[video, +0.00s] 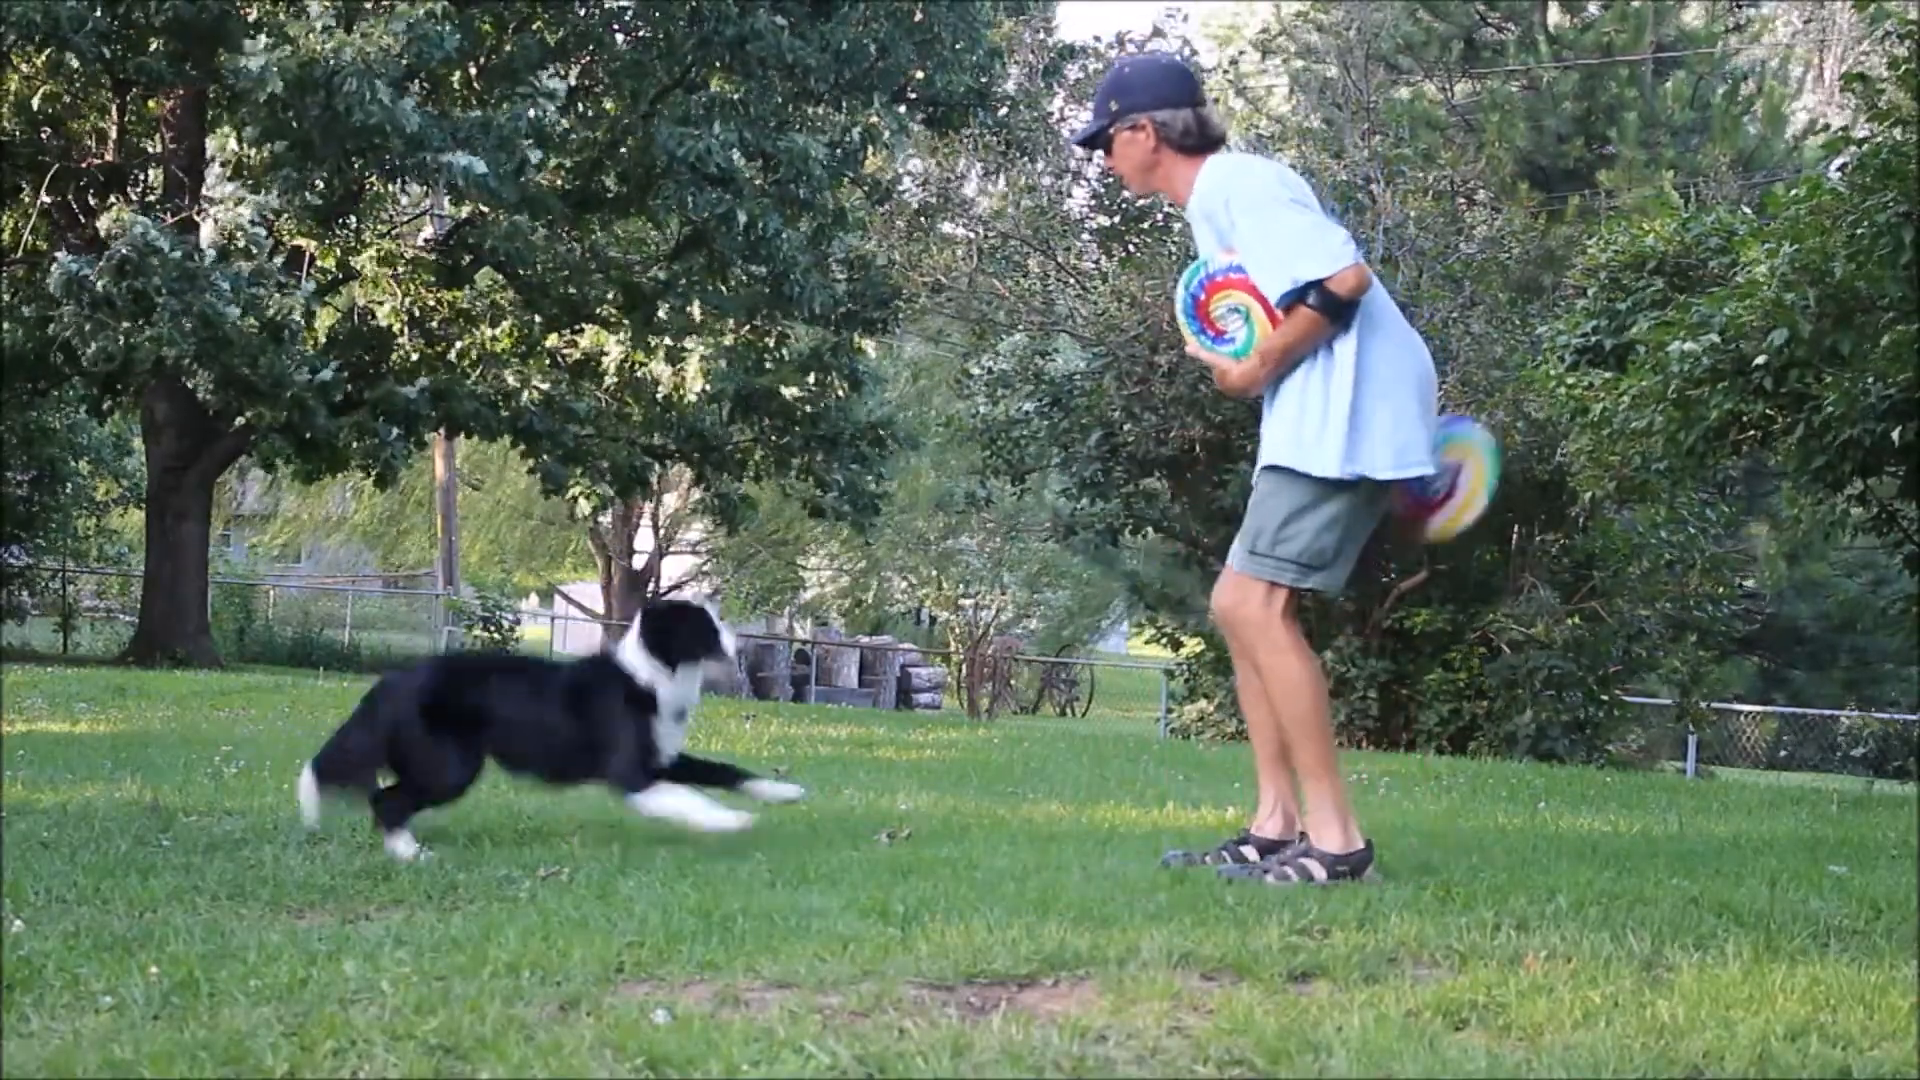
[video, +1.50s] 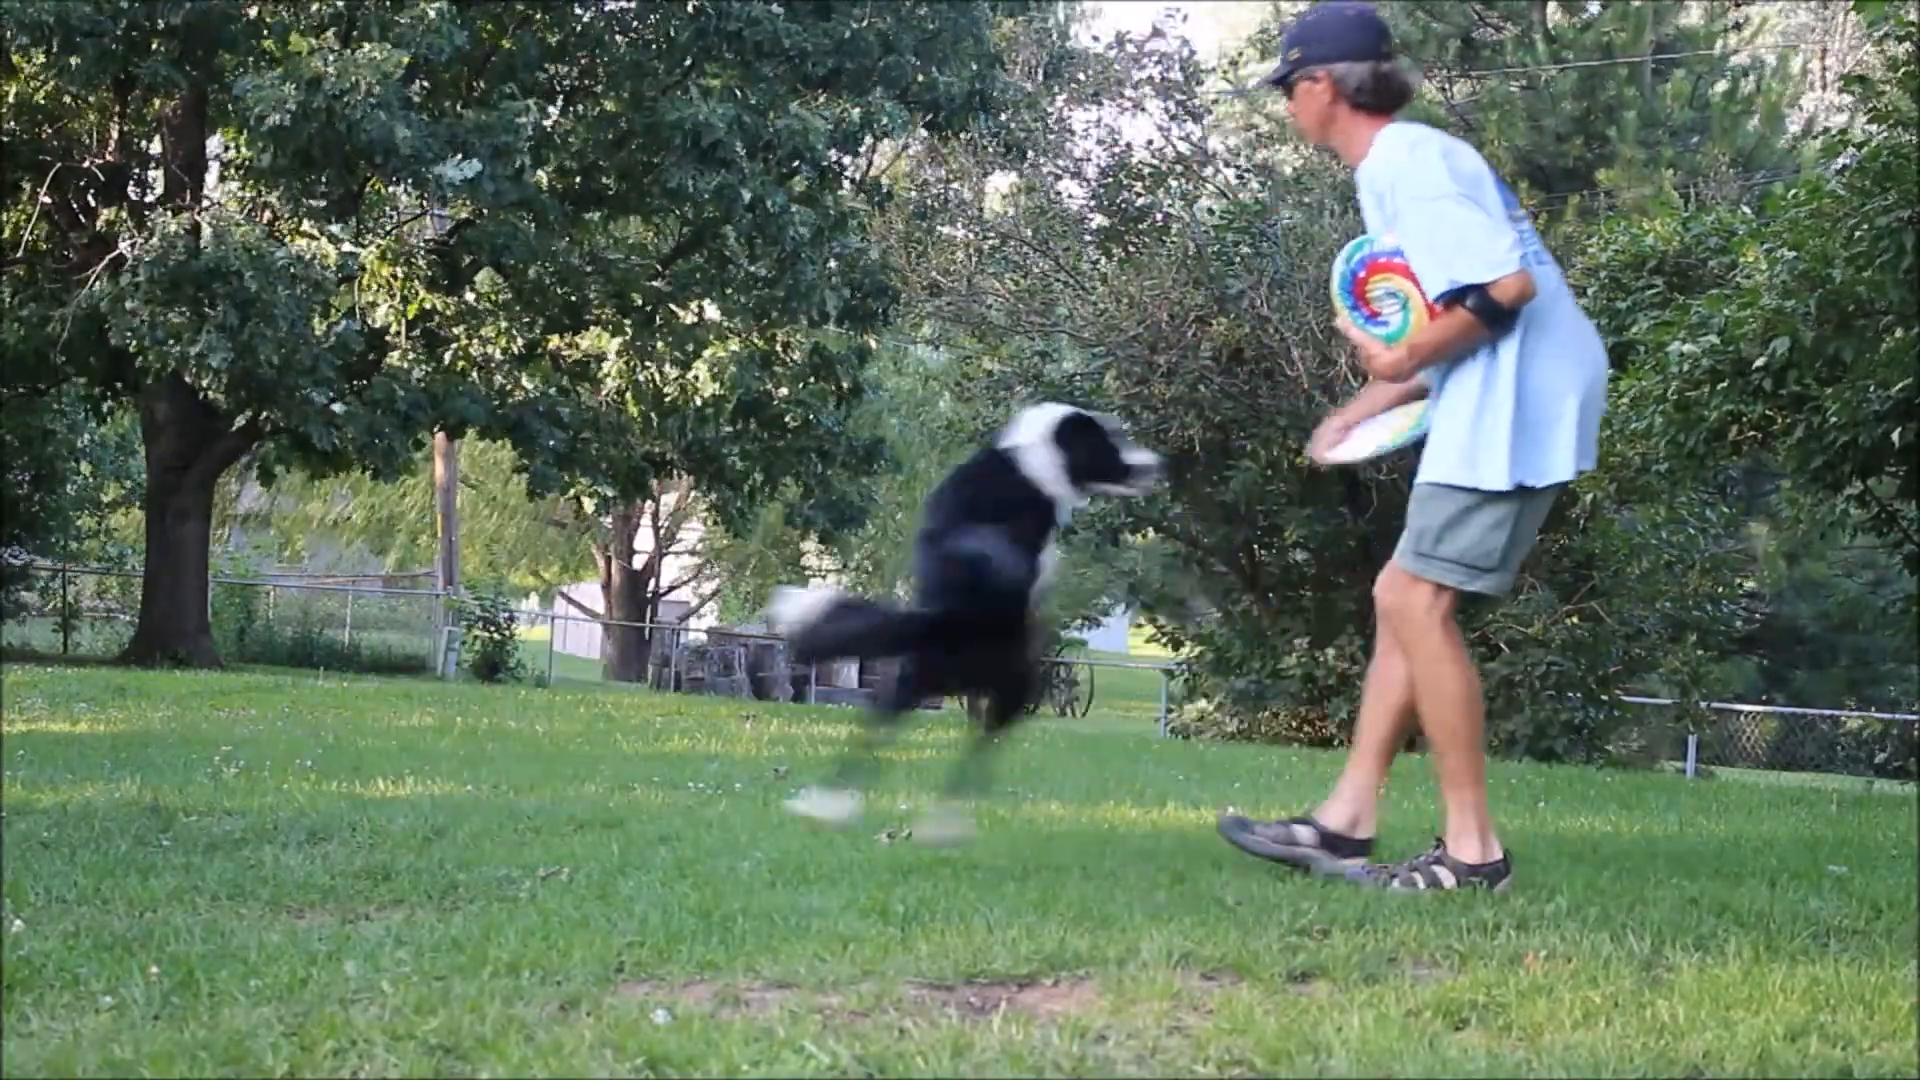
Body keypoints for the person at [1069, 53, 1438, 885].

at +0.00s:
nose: (1107, 161)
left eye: (1109, 142)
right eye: (1104, 146)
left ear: (1148, 131)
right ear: (1153, 132)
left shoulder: (1233, 183)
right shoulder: (1216, 201)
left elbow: (1341, 276)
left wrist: (1258, 366)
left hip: (1350, 421)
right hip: (1320, 422)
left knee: (1257, 606)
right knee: (1236, 606)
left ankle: (1334, 841)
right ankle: (1277, 826)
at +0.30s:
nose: (1115, 133)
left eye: (1118, 112)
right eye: (1112, 116)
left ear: (1157, 102)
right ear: (1166, 101)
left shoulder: (1237, 174)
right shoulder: (1241, 167)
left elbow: (1331, 288)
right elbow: (1339, 289)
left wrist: (1240, 361)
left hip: (1353, 401)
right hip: (1341, 397)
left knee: (1263, 601)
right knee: (1249, 598)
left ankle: (1336, 844)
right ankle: (1279, 825)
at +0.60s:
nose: (1129, 130)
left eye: (1135, 110)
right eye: (1127, 113)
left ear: (1179, 101)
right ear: (1184, 104)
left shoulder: (1264, 171)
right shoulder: (1235, 191)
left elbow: (1366, 293)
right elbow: (1284, 346)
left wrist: (1260, 365)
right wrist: (1190, 408)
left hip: (1353, 420)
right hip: (1320, 420)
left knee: (1239, 604)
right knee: (1231, 606)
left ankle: (1332, 838)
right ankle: (1286, 830)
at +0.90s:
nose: (1152, 152)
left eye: (1161, 133)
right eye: (1149, 137)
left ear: (1212, 120)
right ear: (1209, 127)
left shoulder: (1296, 194)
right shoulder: (1253, 223)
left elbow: (1400, 316)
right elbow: (1265, 387)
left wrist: (1296, 383)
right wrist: (1138, 401)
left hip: (1374, 435)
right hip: (1337, 436)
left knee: (1233, 595)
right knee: (1225, 601)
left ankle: (1325, 825)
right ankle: (1285, 829)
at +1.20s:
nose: (1186, 162)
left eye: (1194, 142)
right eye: (1182, 146)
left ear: (1244, 130)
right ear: (1237, 134)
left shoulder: (1337, 196)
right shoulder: (1291, 235)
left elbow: (1451, 308)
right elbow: (1324, 395)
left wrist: (1346, 389)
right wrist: (1231, 467)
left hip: (1435, 442)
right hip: (1386, 446)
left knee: (1324, 614)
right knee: (1281, 602)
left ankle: (1462, 834)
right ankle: (1297, 837)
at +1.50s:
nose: (1289, 109)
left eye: (1292, 90)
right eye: (1287, 92)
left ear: (1328, 86)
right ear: (1354, 85)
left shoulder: (1408, 159)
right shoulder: (1397, 167)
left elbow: (1504, 289)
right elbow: (1460, 321)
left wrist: (1401, 359)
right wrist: (1366, 410)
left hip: (1518, 404)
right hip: (1496, 404)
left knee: (1419, 600)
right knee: (1399, 598)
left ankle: (1472, 849)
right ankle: (1347, 819)